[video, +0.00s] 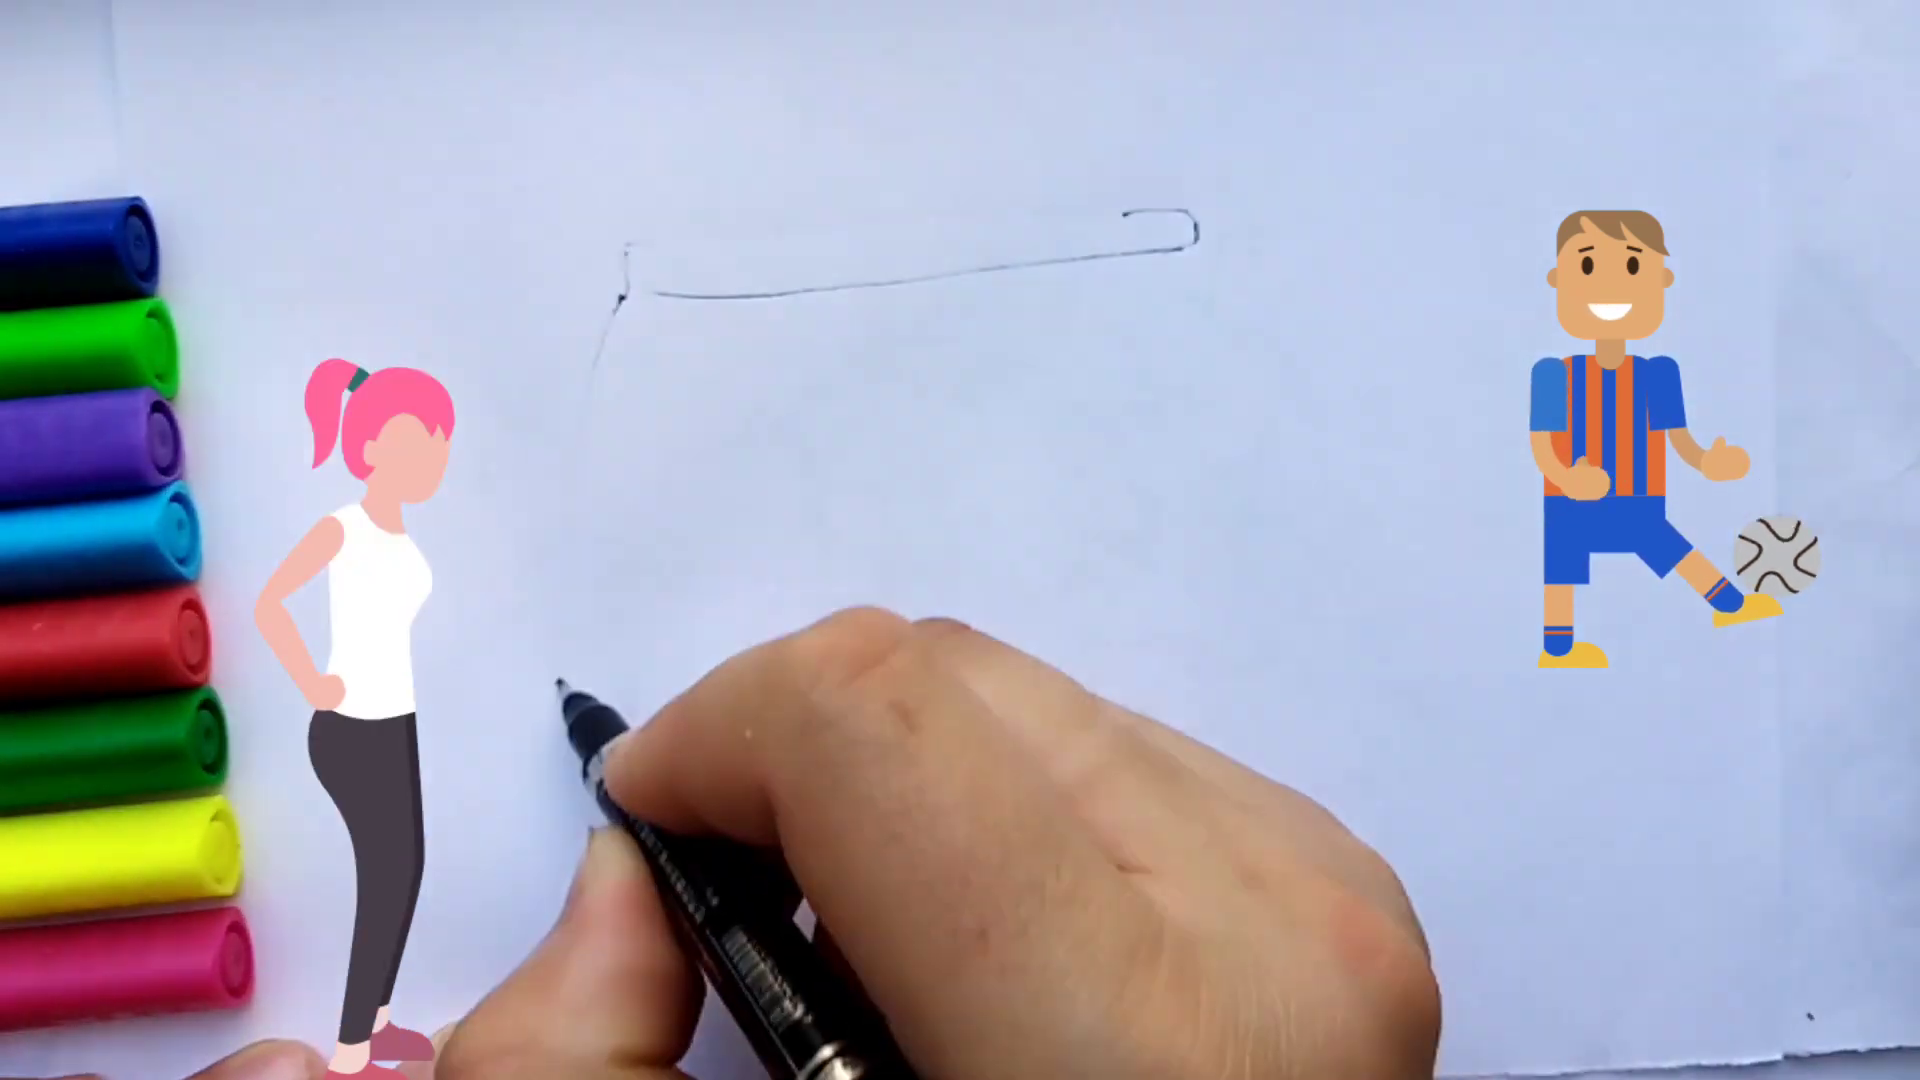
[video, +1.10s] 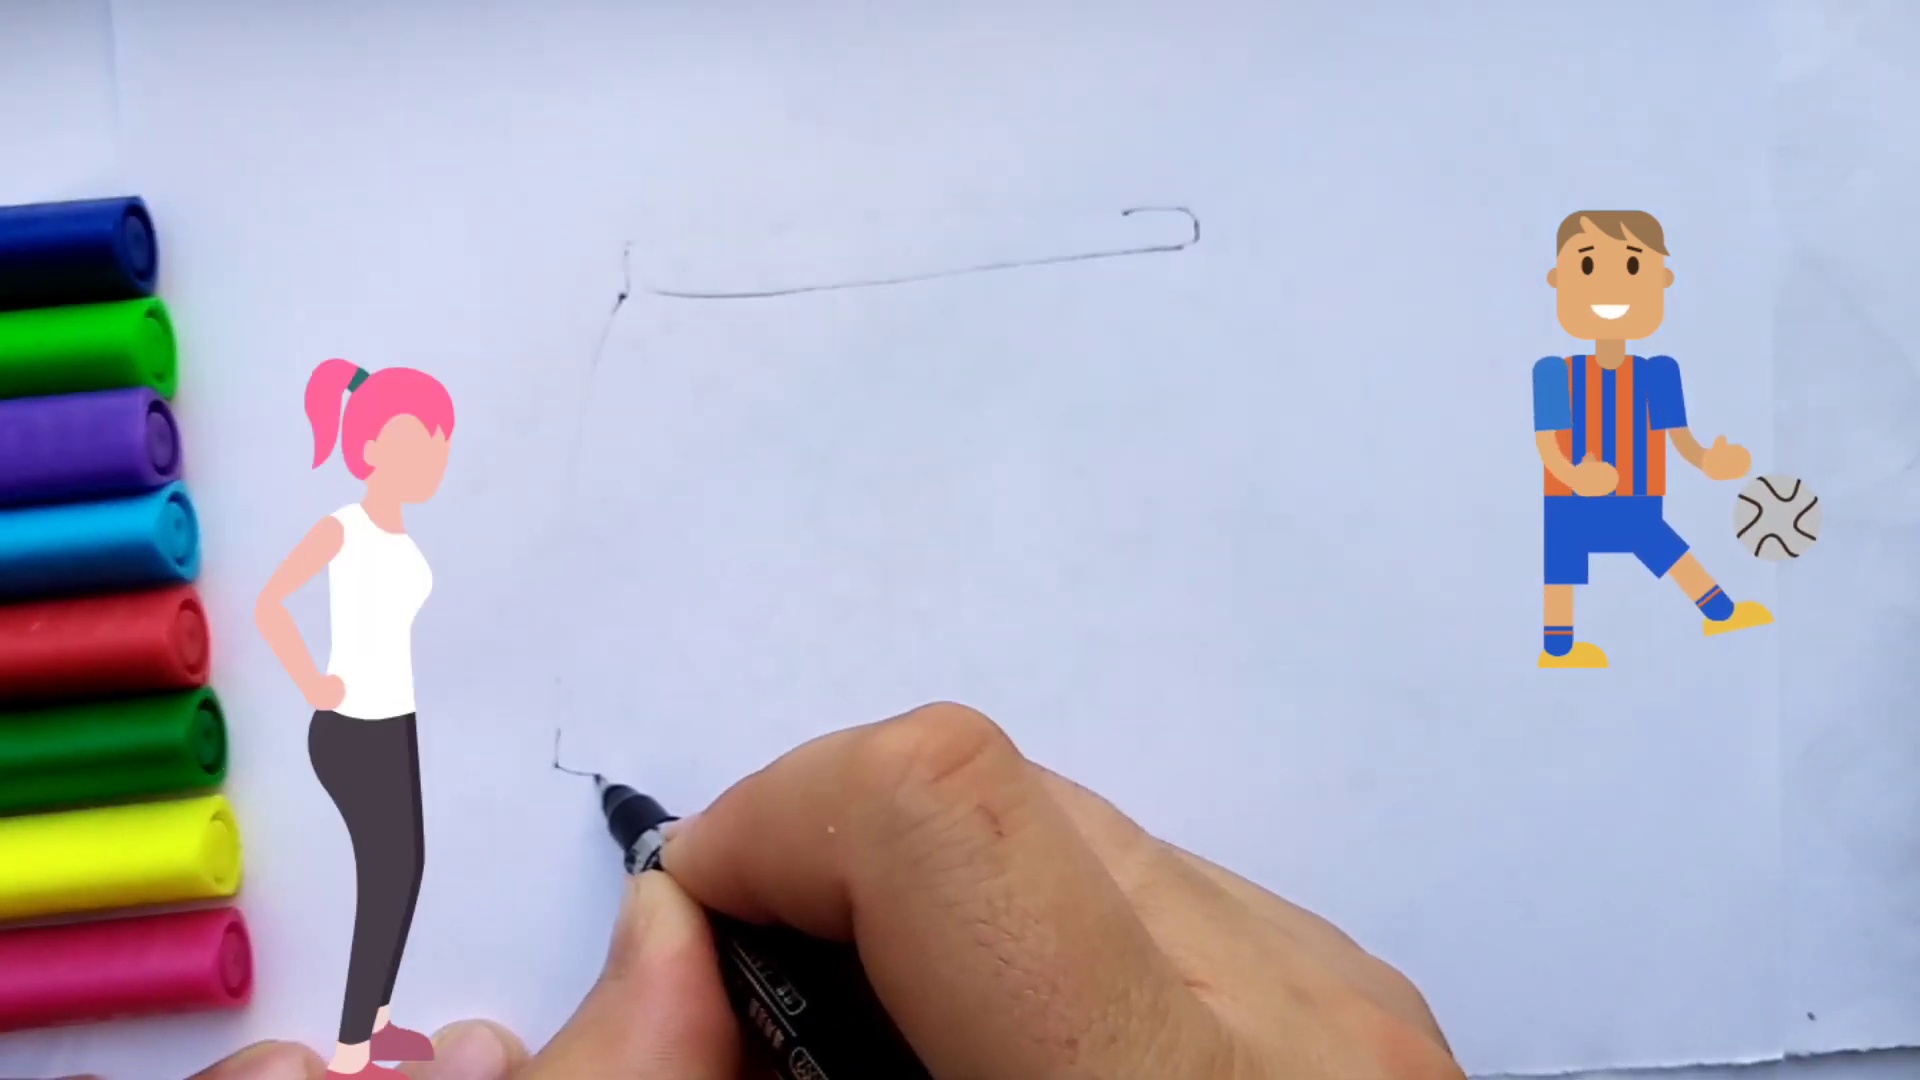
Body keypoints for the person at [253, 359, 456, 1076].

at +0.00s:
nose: (434, 459)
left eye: (438, 442)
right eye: (418, 440)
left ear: (440, 452)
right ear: (375, 447)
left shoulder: (404, 536)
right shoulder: (343, 529)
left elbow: (387, 623)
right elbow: (269, 605)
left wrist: (397, 687)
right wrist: (312, 684)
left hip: (397, 730)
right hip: (352, 732)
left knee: (405, 872)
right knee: (387, 878)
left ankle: (373, 1019)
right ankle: (349, 1049)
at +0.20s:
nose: (435, 458)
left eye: (438, 441)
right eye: (419, 439)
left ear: (440, 452)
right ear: (374, 447)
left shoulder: (404, 535)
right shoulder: (343, 529)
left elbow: (384, 622)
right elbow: (268, 606)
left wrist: (395, 686)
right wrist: (312, 684)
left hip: (397, 730)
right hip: (353, 732)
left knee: (406, 870)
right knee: (386, 877)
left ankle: (374, 1019)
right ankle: (349, 1051)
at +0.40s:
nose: (405, 589)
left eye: (406, 572)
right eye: (391, 571)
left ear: (403, 580)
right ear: (347, 578)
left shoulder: (364, 663)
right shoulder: (312, 655)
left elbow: (322, 739)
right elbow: (214, 712)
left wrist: (317, 799)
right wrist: (249, 791)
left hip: (308, 842)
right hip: (264, 851)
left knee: (390, 865)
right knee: (392, 872)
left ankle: (341, 1021)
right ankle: (350, 1053)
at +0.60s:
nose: (432, 457)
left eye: (436, 440)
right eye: (416, 438)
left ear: (440, 450)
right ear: (374, 447)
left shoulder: (403, 535)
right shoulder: (344, 529)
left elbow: (386, 621)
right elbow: (268, 605)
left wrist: (396, 684)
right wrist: (312, 683)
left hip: (397, 730)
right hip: (353, 732)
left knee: (405, 871)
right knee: (386, 877)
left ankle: (373, 1019)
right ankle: (349, 1050)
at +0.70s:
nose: (431, 457)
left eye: (436, 440)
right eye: (415, 438)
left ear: (441, 451)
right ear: (373, 447)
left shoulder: (404, 536)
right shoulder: (344, 528)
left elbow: (386, 622)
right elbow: (269, 605)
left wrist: (397, 685)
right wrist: (312, 684)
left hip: (398, 730)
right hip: (353, 733)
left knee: (406, 869)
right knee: (387, 875)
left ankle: (373, 1020)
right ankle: (350, 1048)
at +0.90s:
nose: (399, 588)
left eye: (402, 571)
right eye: (383, 571)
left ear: (405, 580)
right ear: (343, 579)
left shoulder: (364, 664)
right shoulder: (311, 656)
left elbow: (323, 739)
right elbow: (214, 712)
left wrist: (318, 799)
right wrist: (249, 790)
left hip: (309, 842)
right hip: (264, 850)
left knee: (389, 865)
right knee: (392, 871)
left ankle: (340, 1023)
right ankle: (350, 1052)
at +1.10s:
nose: (435, 457)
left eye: (439, 440)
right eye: (419, 438)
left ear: (441, 450)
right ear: (375, 447)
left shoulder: (404, 536)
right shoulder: (344, 528)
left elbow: (385, 623)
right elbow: (269, 605)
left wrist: (396, 687)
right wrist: (312, 684)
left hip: (397, 731)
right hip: (353, 733)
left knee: (406, 869)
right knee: (387, 875)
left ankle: (374, 1021)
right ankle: (349, 1049)